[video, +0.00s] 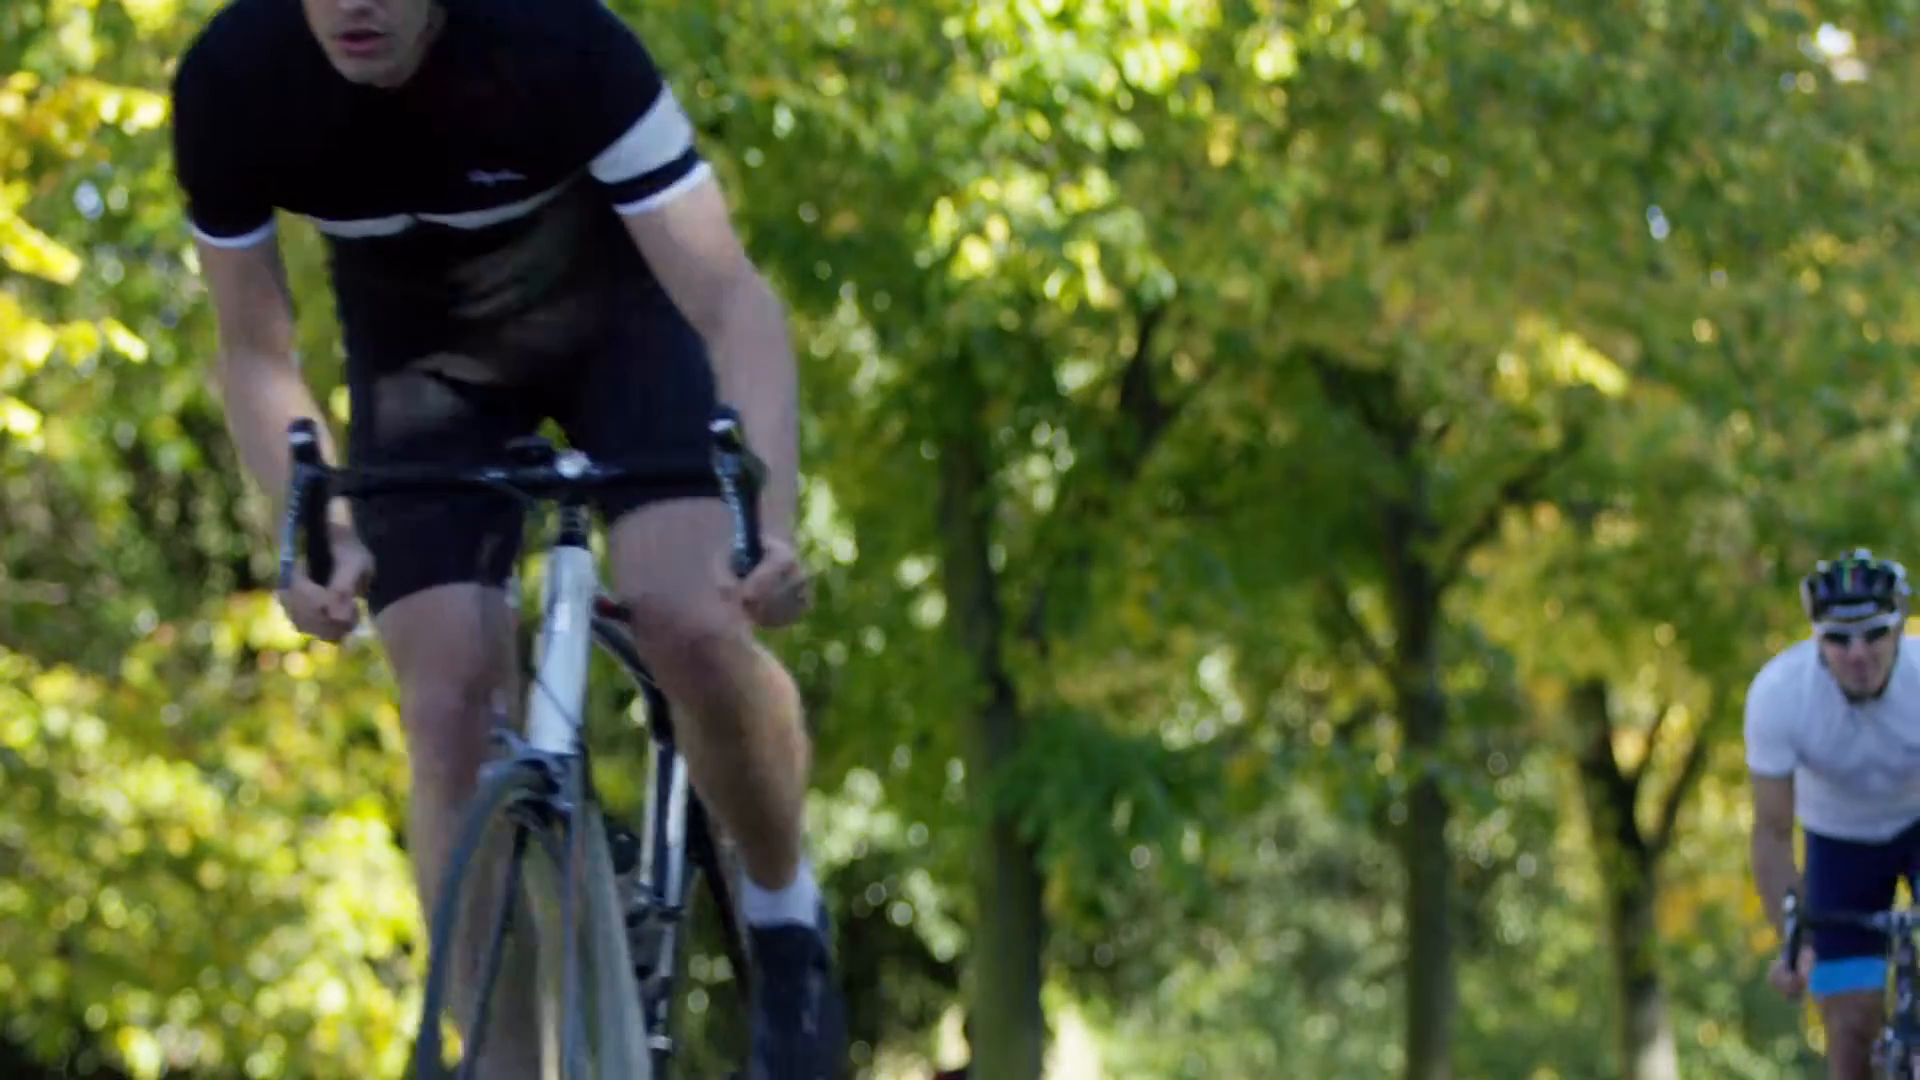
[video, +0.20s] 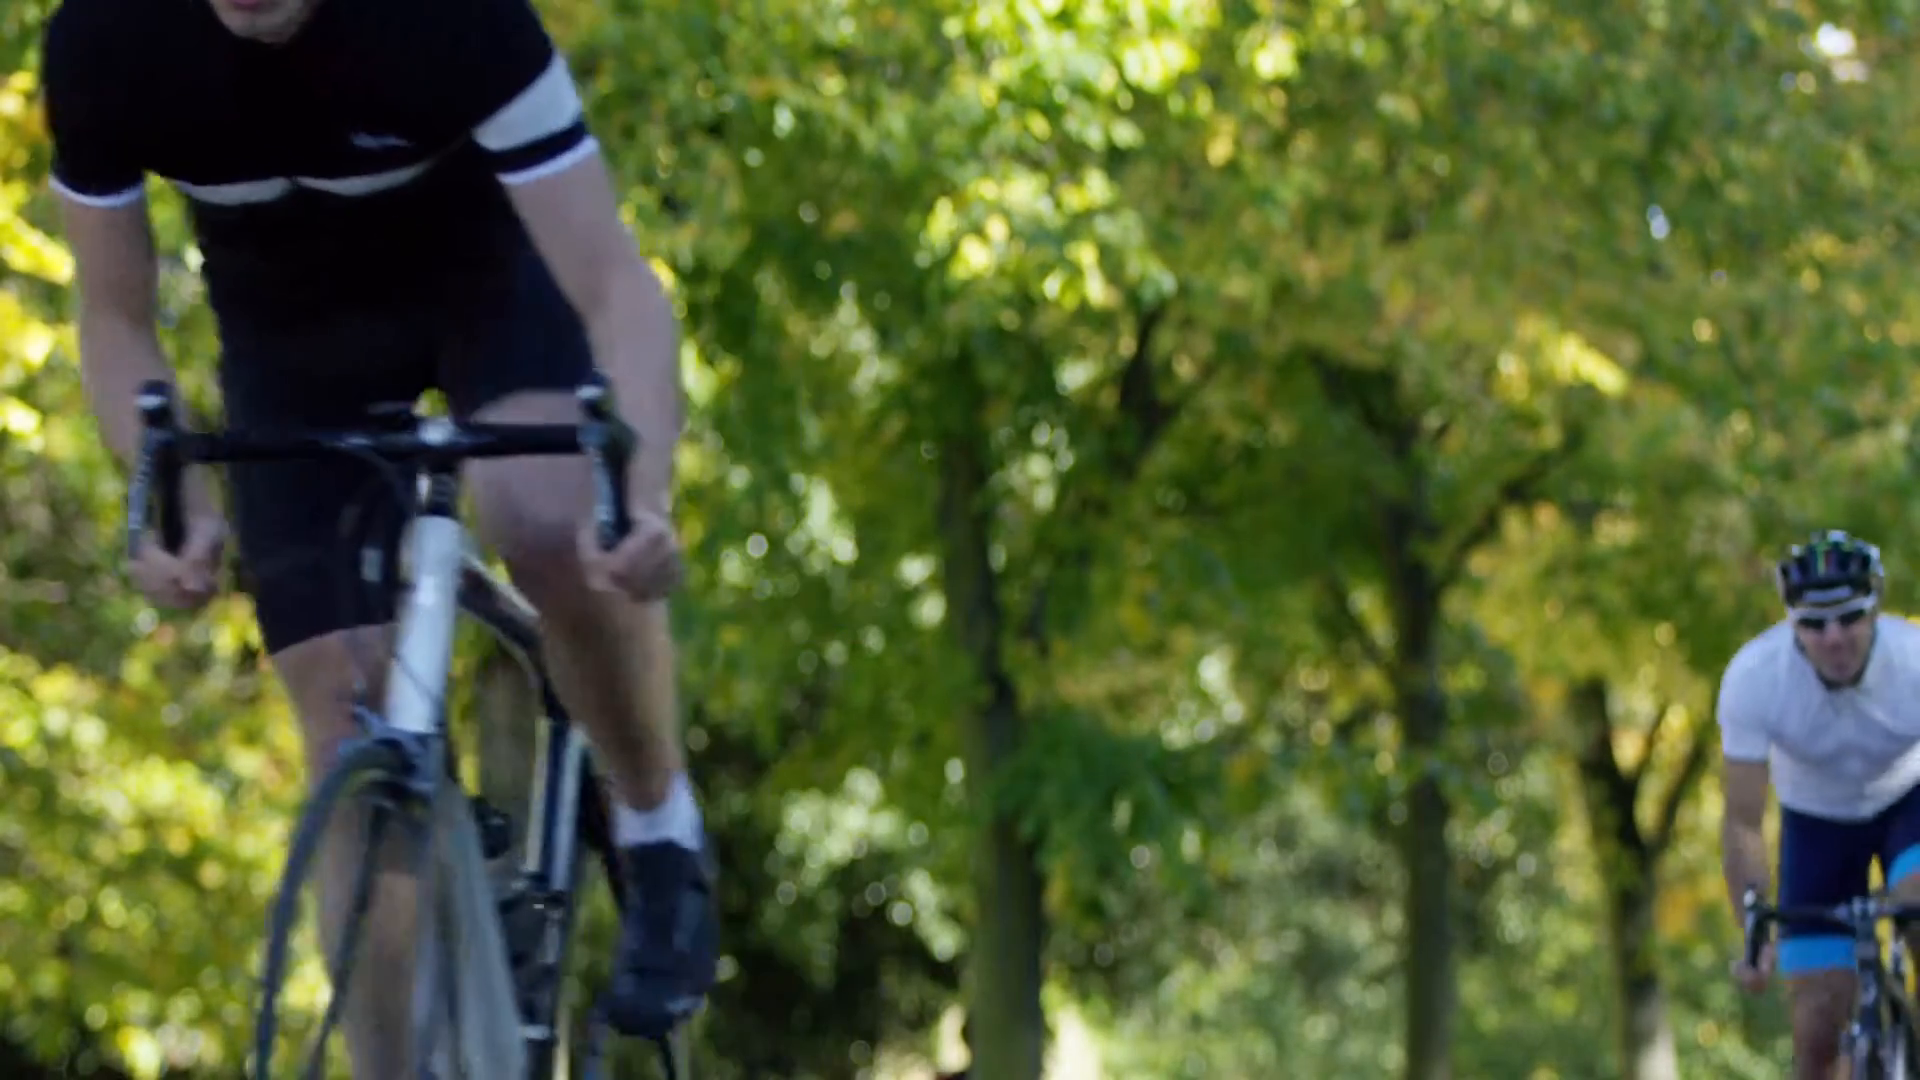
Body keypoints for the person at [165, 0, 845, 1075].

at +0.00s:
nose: (354, 0)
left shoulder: (560, 37)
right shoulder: (229, 86)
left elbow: (725, 288)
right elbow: (255, 346)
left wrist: (773, 517)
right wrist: (300, 520)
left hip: (616, 320)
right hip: (417, 357)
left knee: (687, 621)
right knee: (447, 709)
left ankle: (784, 931)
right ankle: (498, 1065)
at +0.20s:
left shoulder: (453, 17)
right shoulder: (102, 42)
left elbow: (612, 275)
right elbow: (114, 309)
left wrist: (645, 493)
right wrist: (164, 490)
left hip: (482, 254)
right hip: (279, 299)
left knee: (548, 527)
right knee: (347, 733)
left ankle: (661, 842)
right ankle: (392, 1066)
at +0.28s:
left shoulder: (408, 5)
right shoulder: (51, 27)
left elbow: (561, 264)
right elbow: (48, 284)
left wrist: (577, 481)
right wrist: (94, 463)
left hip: (426, 241)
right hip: (224, 285)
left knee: (478, 485)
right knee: (290, 727)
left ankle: (597, 826)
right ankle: (336, 1062)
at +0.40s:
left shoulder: (356, 3)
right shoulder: (30, 34)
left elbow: (479, 240)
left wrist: (477, 471)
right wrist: (3, 453)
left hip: (341, 207)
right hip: (137, 253)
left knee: (360, 438)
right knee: (192, 714)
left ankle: (491, 831)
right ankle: (250, 1056)